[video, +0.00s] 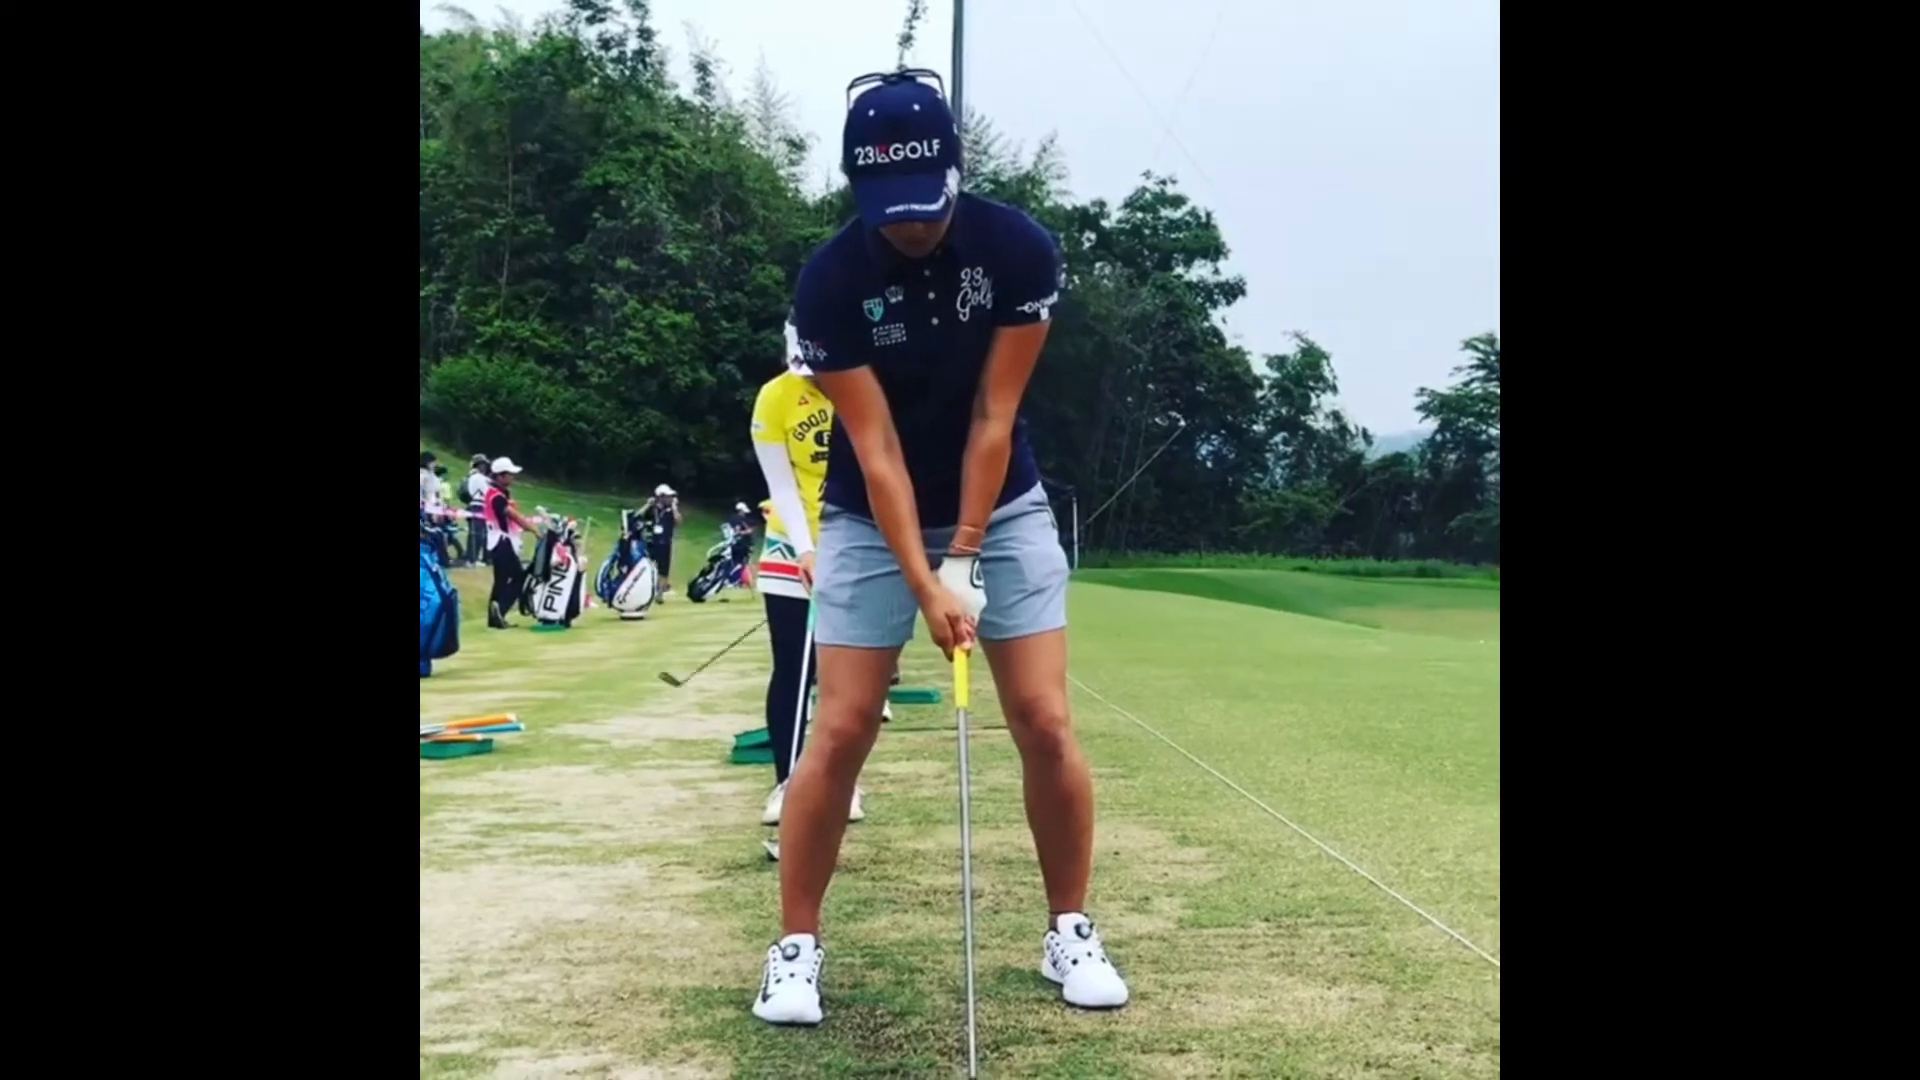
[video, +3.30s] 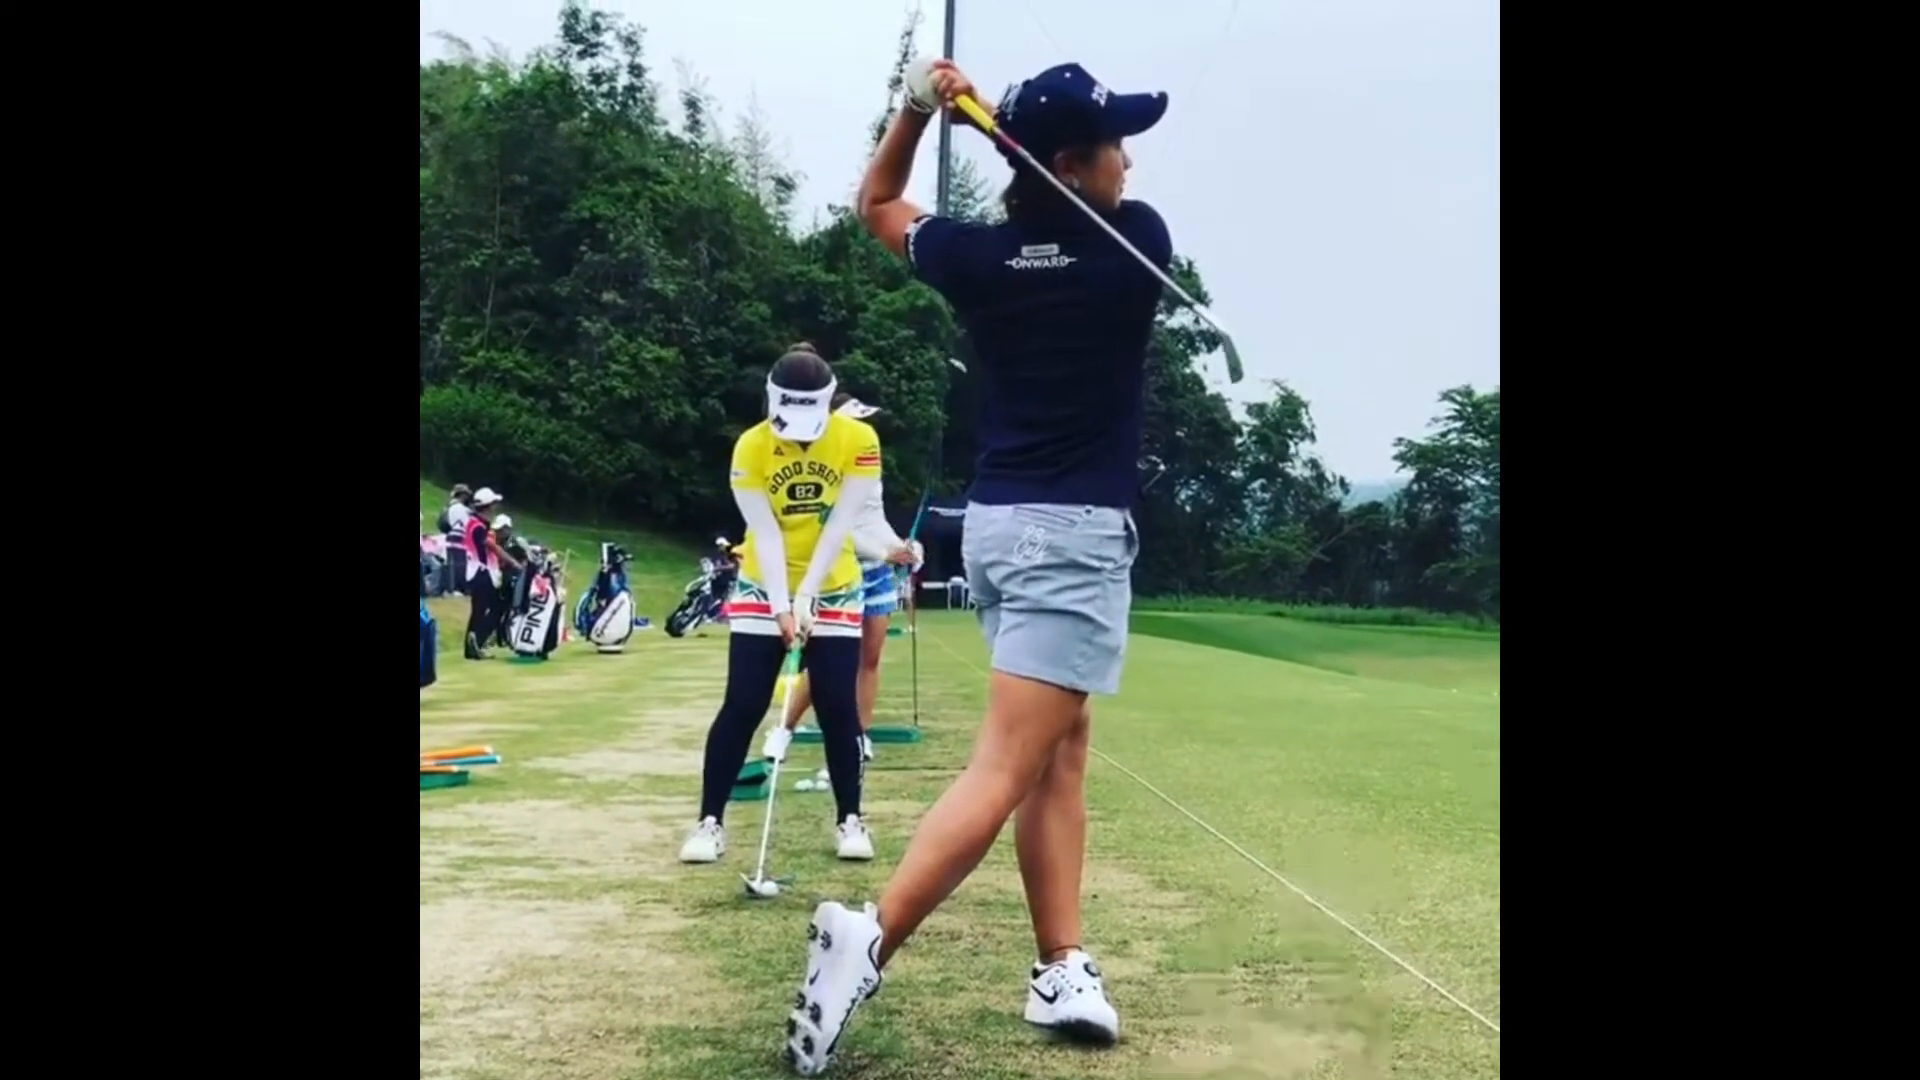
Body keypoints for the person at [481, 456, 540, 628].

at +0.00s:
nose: (512, 479)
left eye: (512, 475)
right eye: (510, 475)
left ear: (500, 477)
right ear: (500, 476)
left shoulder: (495, 493)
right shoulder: (497, 497)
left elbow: (513, 513)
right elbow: (514, 516)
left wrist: (532, 522)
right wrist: (534, 530)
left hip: (497, 538)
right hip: (502, 540)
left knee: (501, 578)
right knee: (518, 575)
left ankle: (494, 616)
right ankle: (501, 607)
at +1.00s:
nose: (536, 484)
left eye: (536, 480)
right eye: (533, 480)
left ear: (525, 482)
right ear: (524, 481)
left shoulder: (517, 497)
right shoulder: (519, 501)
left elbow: (534, 518)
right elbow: (536, 521)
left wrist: (552, 527)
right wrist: (555, 532)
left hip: (518, 542)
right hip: (523, 544)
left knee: (522, 582)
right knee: (540, 579)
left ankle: (516, 620)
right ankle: (522, 611)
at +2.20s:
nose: (520, 498)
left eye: (519, 494)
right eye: (517, 495)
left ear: (505, 496)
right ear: (510, 496)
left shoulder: (500, 513)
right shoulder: (503, 518)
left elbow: (518, 535)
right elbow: (519, 538)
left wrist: (535, 544)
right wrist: (538, 549)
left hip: (501, 558)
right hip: (504, 560)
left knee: (504, 598)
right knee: (522, 595)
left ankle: (497, 636)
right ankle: (503, 627)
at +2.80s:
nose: (498, 503)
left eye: (498, 499)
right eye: (496, 500)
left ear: (483, 500)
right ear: (489, 501)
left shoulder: (477, 517)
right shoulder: (481, 522)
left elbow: (495, 540)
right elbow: (497, 543)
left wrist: (513, 549)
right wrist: (516, 554)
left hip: (477, 562)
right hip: (482, 564)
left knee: (481, 603)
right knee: (499, 600)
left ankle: (474, 642)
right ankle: (480, 633)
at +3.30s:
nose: (495, 508)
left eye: (495, 505)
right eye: (493, 505)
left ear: (479, 506)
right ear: (486, 507)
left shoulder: (472, 523)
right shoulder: (479, 527)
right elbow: (495, 549)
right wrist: (515, 564)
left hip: (475, 568)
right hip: (483, 571)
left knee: (479, 608)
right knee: (497, 606)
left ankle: (472, 644)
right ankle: (478, 638)